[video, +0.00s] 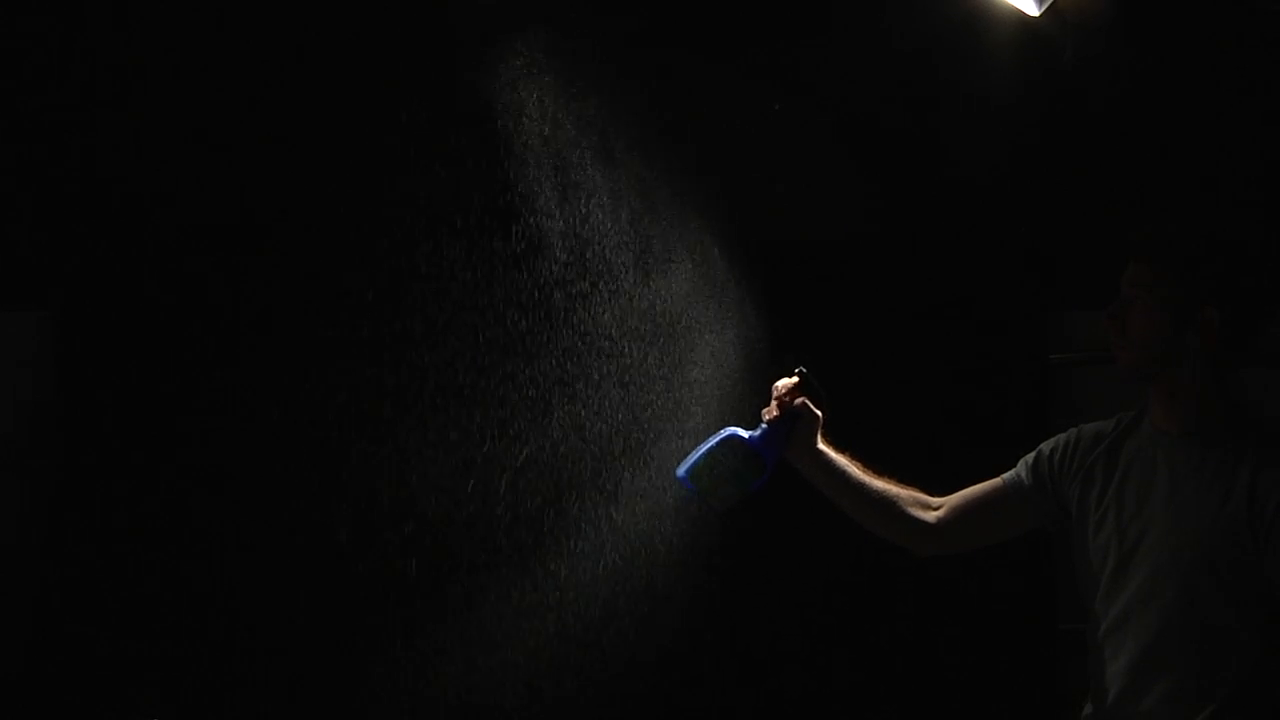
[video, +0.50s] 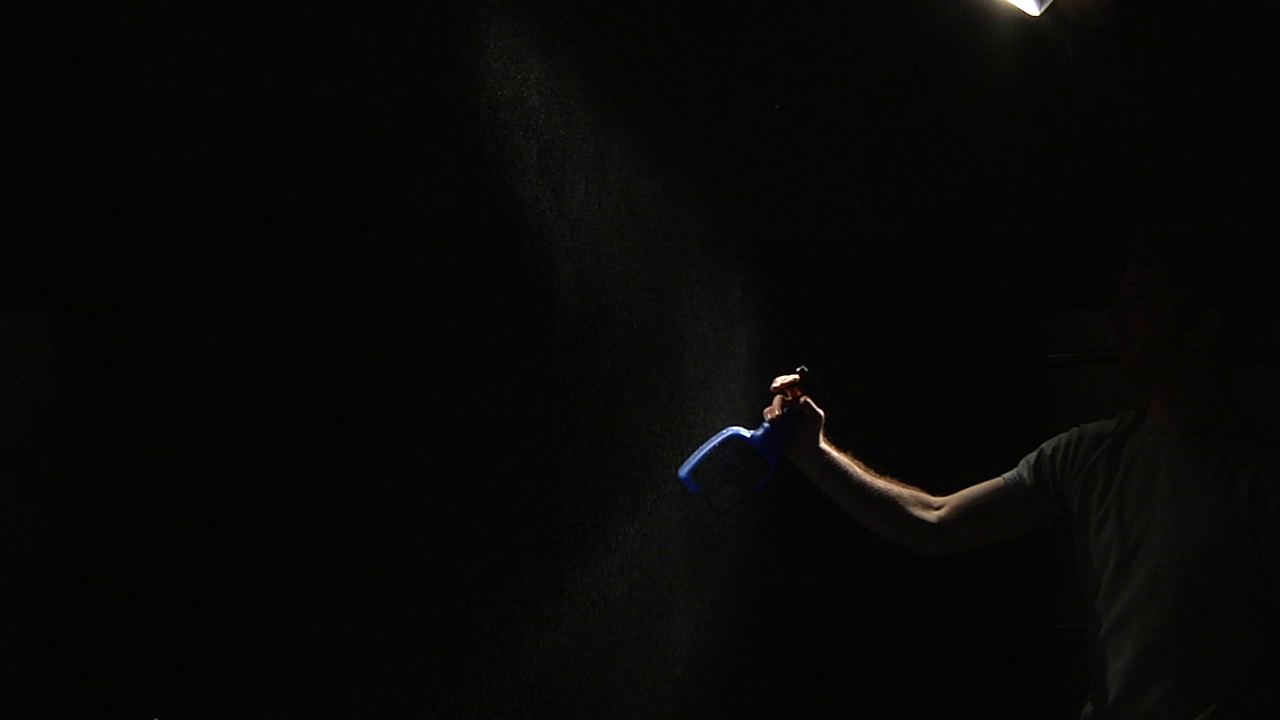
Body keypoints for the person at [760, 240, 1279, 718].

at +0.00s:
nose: (1117, 318)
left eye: (1140, 301)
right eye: (1122, 299)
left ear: (1200, 318)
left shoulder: (1256, 458)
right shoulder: (1090, 455)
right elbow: (932, 520)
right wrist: (810, 449)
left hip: (1232, 700)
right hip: (1118, 701)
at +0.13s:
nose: (1119, 316)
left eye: (1142, 299)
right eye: (1123, 297)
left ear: (1202, 319)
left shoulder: (1258, 459)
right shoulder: (1088, 456)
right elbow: (933, 519)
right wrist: (811, 449)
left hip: (1233, 702)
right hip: (1118, 702)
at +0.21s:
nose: (1120, 321)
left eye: (1142, 302)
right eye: (1123, 303)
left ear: (1202, 322)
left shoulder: (1257, 457)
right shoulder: (1087, 456)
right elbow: (933, 520)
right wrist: (812, 447)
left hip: (1231, 699)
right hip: (1116, 701)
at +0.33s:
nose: (1119, 317)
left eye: (1141, 301)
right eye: (1123, 299)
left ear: (1203, 322)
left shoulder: (1258, 459)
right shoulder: (1087, 456)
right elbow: (934, 520)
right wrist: (812, 448)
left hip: (1231, 701)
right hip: (1117, 702)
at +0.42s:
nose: (1120, 317)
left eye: (1142, 301)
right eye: (1123, 300)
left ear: (1201, 319)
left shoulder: (1257, 457)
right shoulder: (1088, 456)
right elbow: (933, 521)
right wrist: (812, 448)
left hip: (1231, 701)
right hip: (1117, 702)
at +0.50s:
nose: (1120, 317)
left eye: (1143, 301)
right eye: (1123, 299)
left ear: (1204, 320)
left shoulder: (1258, 457)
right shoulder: (1088, 457)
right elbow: (934, 520)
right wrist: (813, 449)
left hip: (1233, 701)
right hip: (1118, 702)